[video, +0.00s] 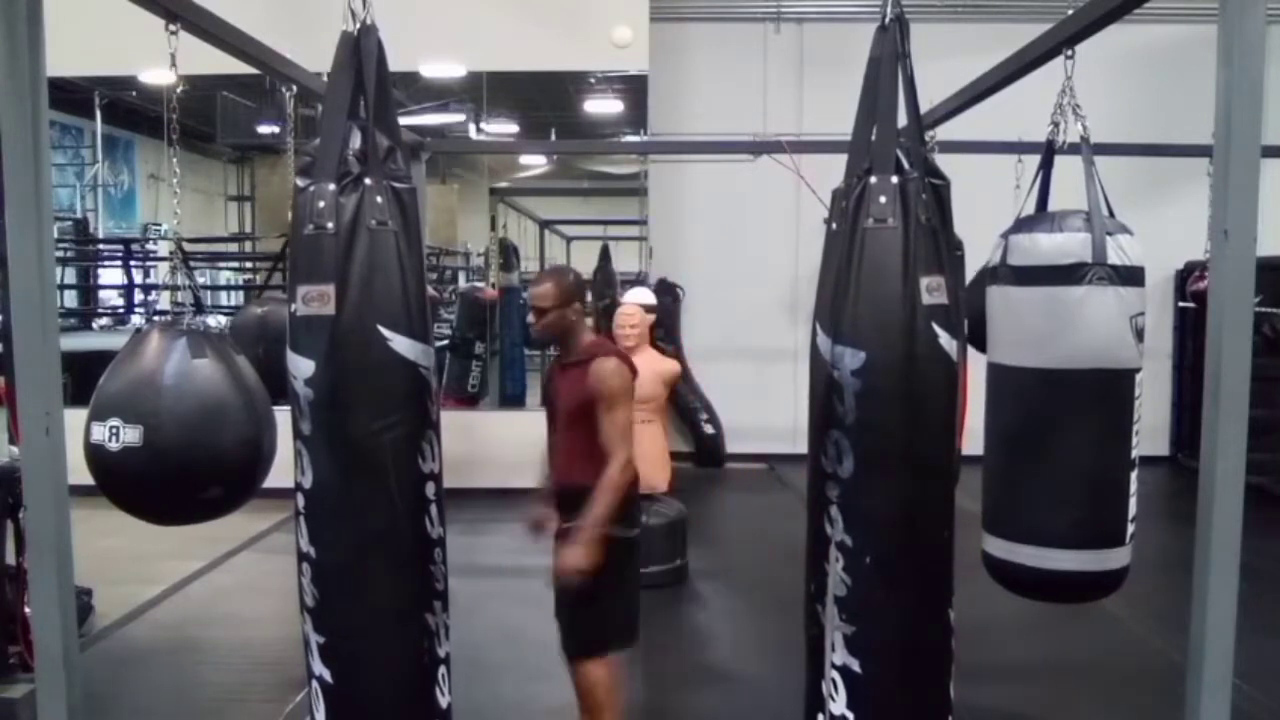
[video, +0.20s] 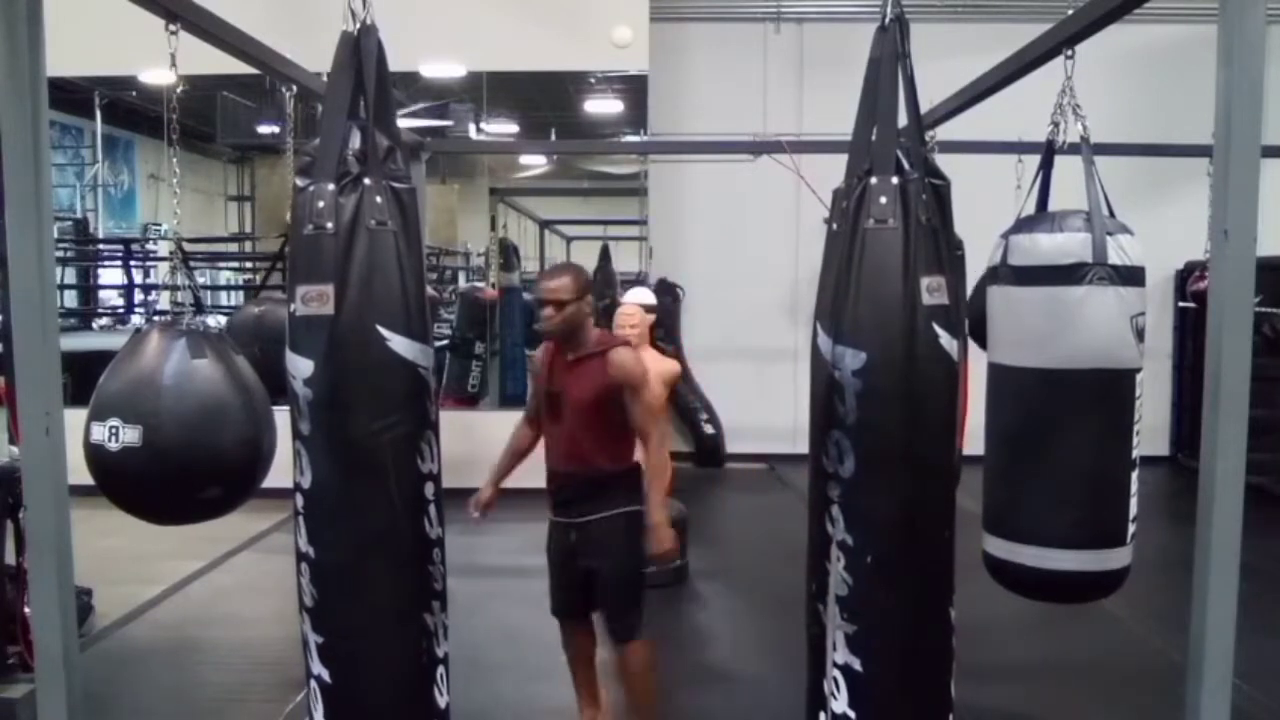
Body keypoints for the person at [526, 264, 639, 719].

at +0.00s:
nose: (533, 322)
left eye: (543, 312)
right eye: (531, 312)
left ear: (575, 308)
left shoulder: (607, 368)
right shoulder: (560, 366)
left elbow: (621, 461)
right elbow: (563, 441)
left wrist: (585, 537)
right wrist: (549, 498)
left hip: (605, 504)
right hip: (573, 502)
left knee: (590, 649)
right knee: (580, 645)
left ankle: (604, 715)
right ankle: (598, 713)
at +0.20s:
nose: (545, 313)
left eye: (556, 305)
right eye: (542, 304)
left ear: (585, 305)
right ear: (540, 304)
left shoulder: (623, 360)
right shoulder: (546, 357)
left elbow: (657, 440)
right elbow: (532, 424)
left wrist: (658, 517)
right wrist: (494, 481)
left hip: (616, 505)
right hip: (566, 507)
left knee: (625, 626)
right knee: (572, 618)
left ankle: (643, 713)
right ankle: (590, 709)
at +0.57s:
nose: (613, 312)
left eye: (623, 303)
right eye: (604, 303)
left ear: (639, 307)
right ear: (592, 307)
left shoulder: (667, 364)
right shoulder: (572, 364)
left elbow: (676, 437)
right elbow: (560, 430)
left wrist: (670, 509)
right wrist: (552, 497)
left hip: (646, 494)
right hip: (587, 495)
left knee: (654, 607)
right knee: (562, 607)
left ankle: (656, 693)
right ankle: (586, 704)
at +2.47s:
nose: (617, 312)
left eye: (628, 303)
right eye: (608, 303)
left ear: (646, 308)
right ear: (596, 308)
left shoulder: (673, 370)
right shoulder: (570, 370)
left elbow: (688, 448)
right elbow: (555, 446)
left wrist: (699, 524)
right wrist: (550, 520)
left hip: (655, 513)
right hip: (589, 515)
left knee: (679, 629)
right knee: (574, 636)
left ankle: (674, 707)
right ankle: (574, 716)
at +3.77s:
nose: (631, 301)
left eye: (643, 292)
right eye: (621, 292)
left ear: (660, 299)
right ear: (609, 299)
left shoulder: (687, 362)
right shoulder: (582, 362)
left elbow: (703, 440)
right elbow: (566, 440)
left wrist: (701, 517)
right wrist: (565, 514)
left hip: (667, 509)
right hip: (600, 509)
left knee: (680, 645)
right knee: (585, 643)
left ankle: (681, 716)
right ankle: (577, 717)